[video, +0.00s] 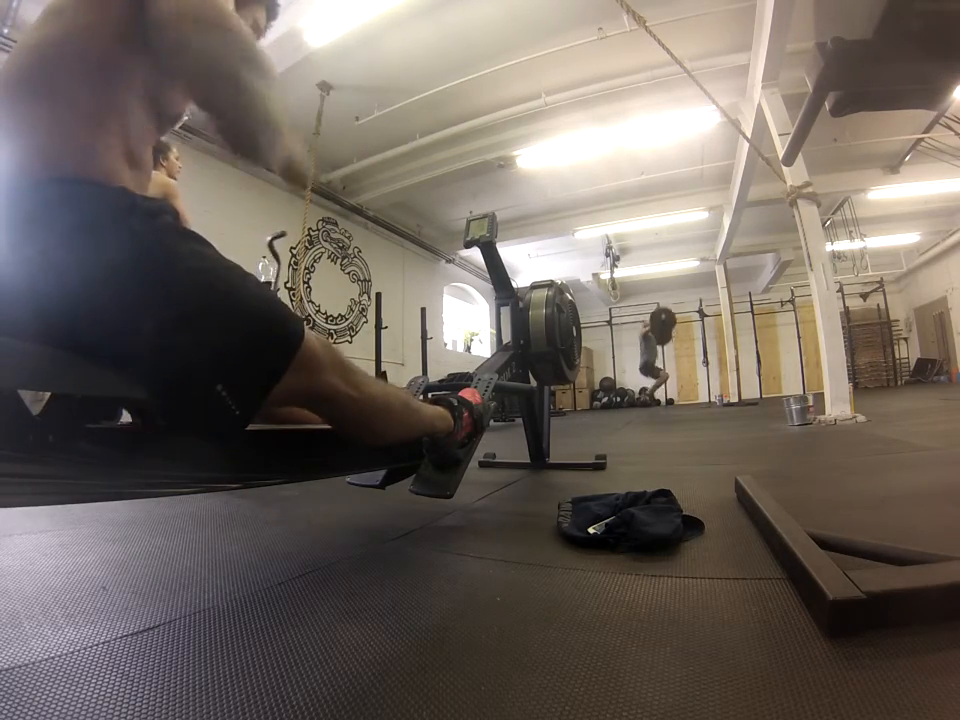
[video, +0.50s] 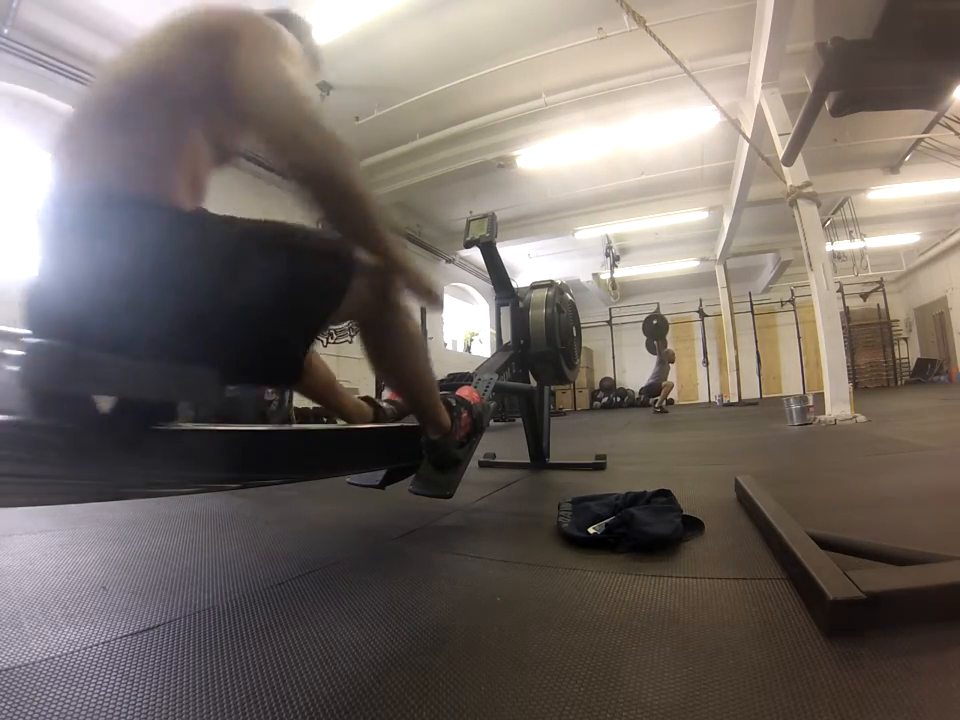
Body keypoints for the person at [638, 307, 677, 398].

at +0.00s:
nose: (647, 326)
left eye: (647, 324)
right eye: (646, 325)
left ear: (648, 326)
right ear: (644, 326)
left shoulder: (651, 336)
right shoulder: (645, 336)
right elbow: (645, 332)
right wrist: (653, 324)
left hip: (650, 365)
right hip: (645, 366)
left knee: (665, 375)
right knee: (664, 375)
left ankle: (651, 393)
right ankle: (649, 393)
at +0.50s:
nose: (674, 357)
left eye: (674, 355)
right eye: (673, 355)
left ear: (667, 356)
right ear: (667, 355)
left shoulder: (667, 366)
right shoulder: (662, 361)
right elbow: (659, 347)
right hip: (648, 388)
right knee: (669, 384)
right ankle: (658, 406)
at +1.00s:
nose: (673, 359)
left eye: (673, 356)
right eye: (671, 356)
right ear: (666, 357)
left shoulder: (666, 368)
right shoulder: (660, 363)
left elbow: (663, 382)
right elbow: (658, 352)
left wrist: (666, 400)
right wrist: (655, 340)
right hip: (647, 389)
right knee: (668, 383)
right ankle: (658, 406)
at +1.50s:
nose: (675, 356)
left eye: (675, 354)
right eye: (673, 354)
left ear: (668, 355)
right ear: (668, 355)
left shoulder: (667, 365)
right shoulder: (662, 361)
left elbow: (664, 380)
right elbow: (659, 349)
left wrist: (665, 399)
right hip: (649, 386)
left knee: (668, 384)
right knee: (669, 384)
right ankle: (658, 406)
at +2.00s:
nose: (671, 337)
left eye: (671, 335)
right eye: (669, 335)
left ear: (667, 336)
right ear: (665, 336)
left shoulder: (665, 347)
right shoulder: (661, 344)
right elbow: (659, 334)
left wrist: (663, 373)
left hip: (655, 371)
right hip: (649, 371)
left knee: (668, 382)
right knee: (667, 382)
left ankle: (659, 404)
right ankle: (658, 406)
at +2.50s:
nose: (659, 315)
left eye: (658, 313)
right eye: (657, 312)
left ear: (654, 312)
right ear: (651, 312)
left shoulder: (653, 324)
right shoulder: (649, 323)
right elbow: (647, 311)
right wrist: (645, 300)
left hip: (652, 354)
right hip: (649, 354)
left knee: (653, 381)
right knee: (652, 381)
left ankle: (654, 404)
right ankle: (644, 404)